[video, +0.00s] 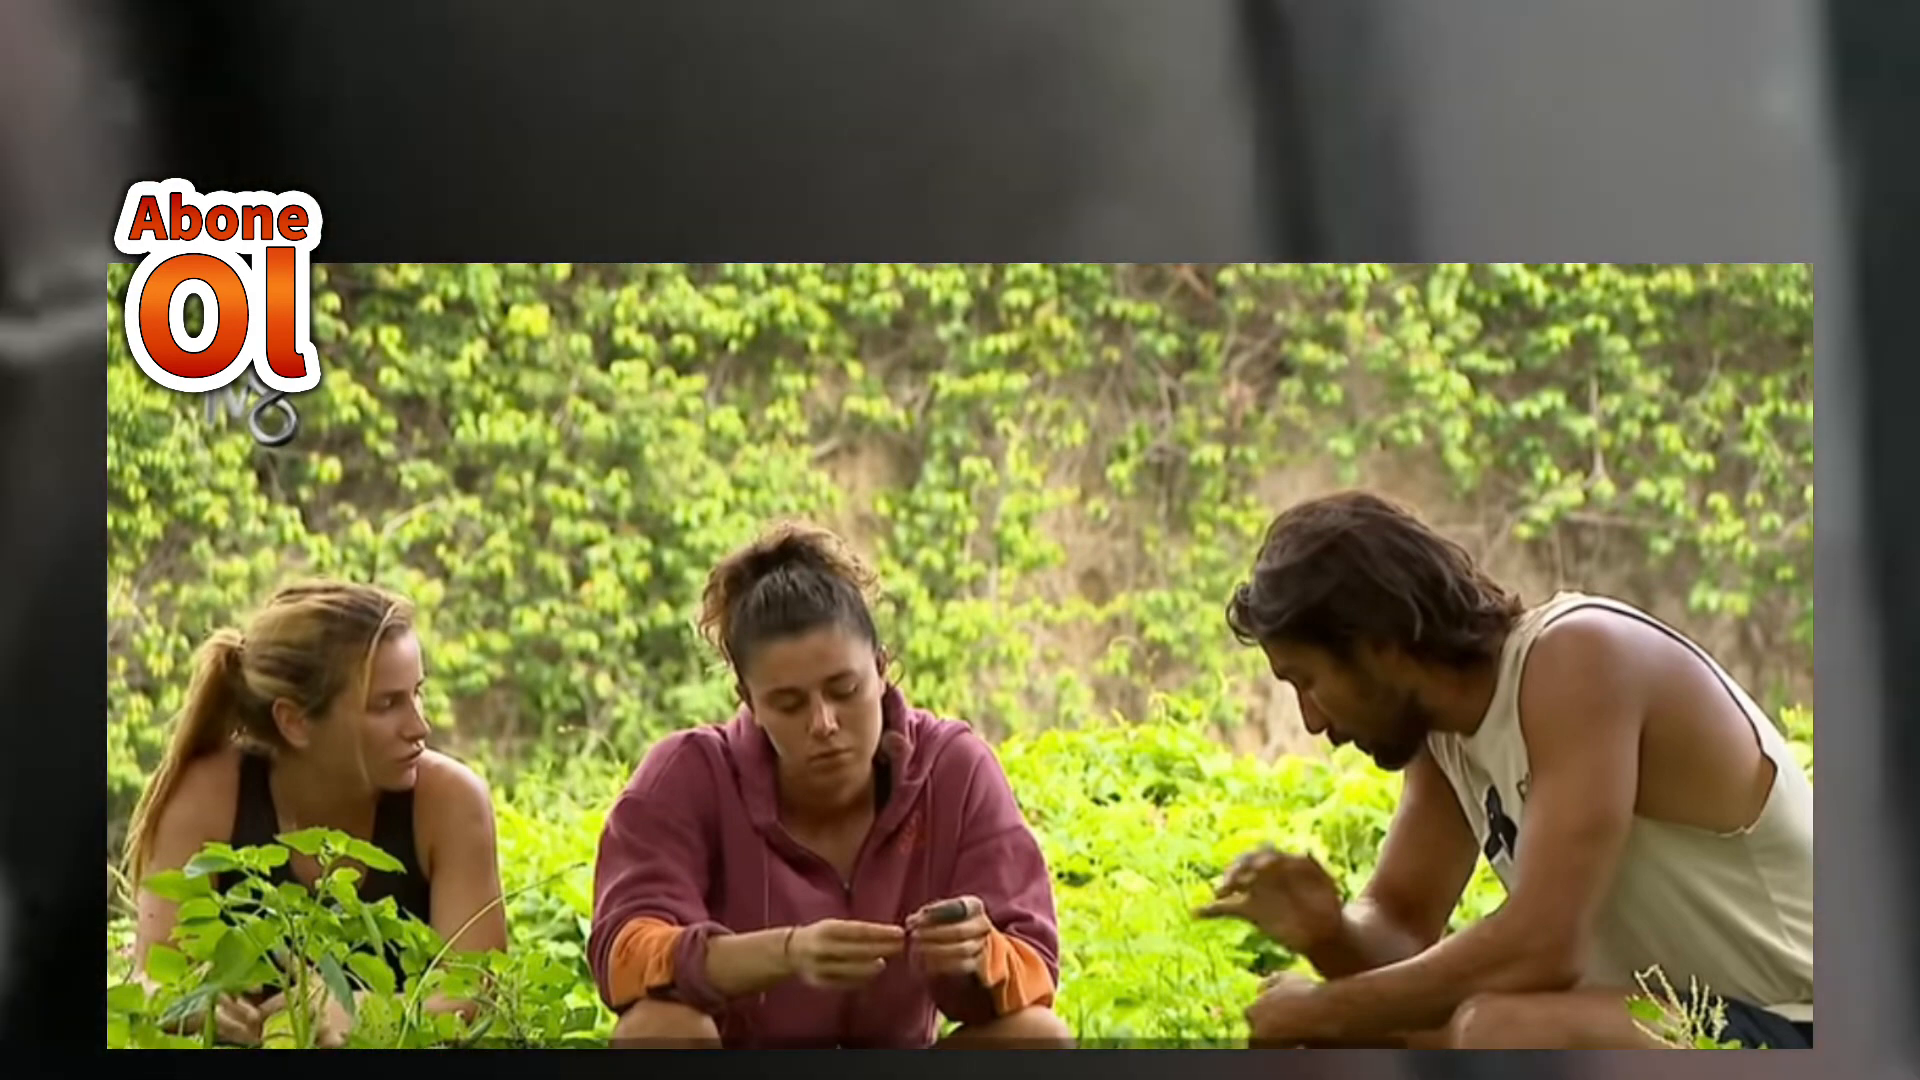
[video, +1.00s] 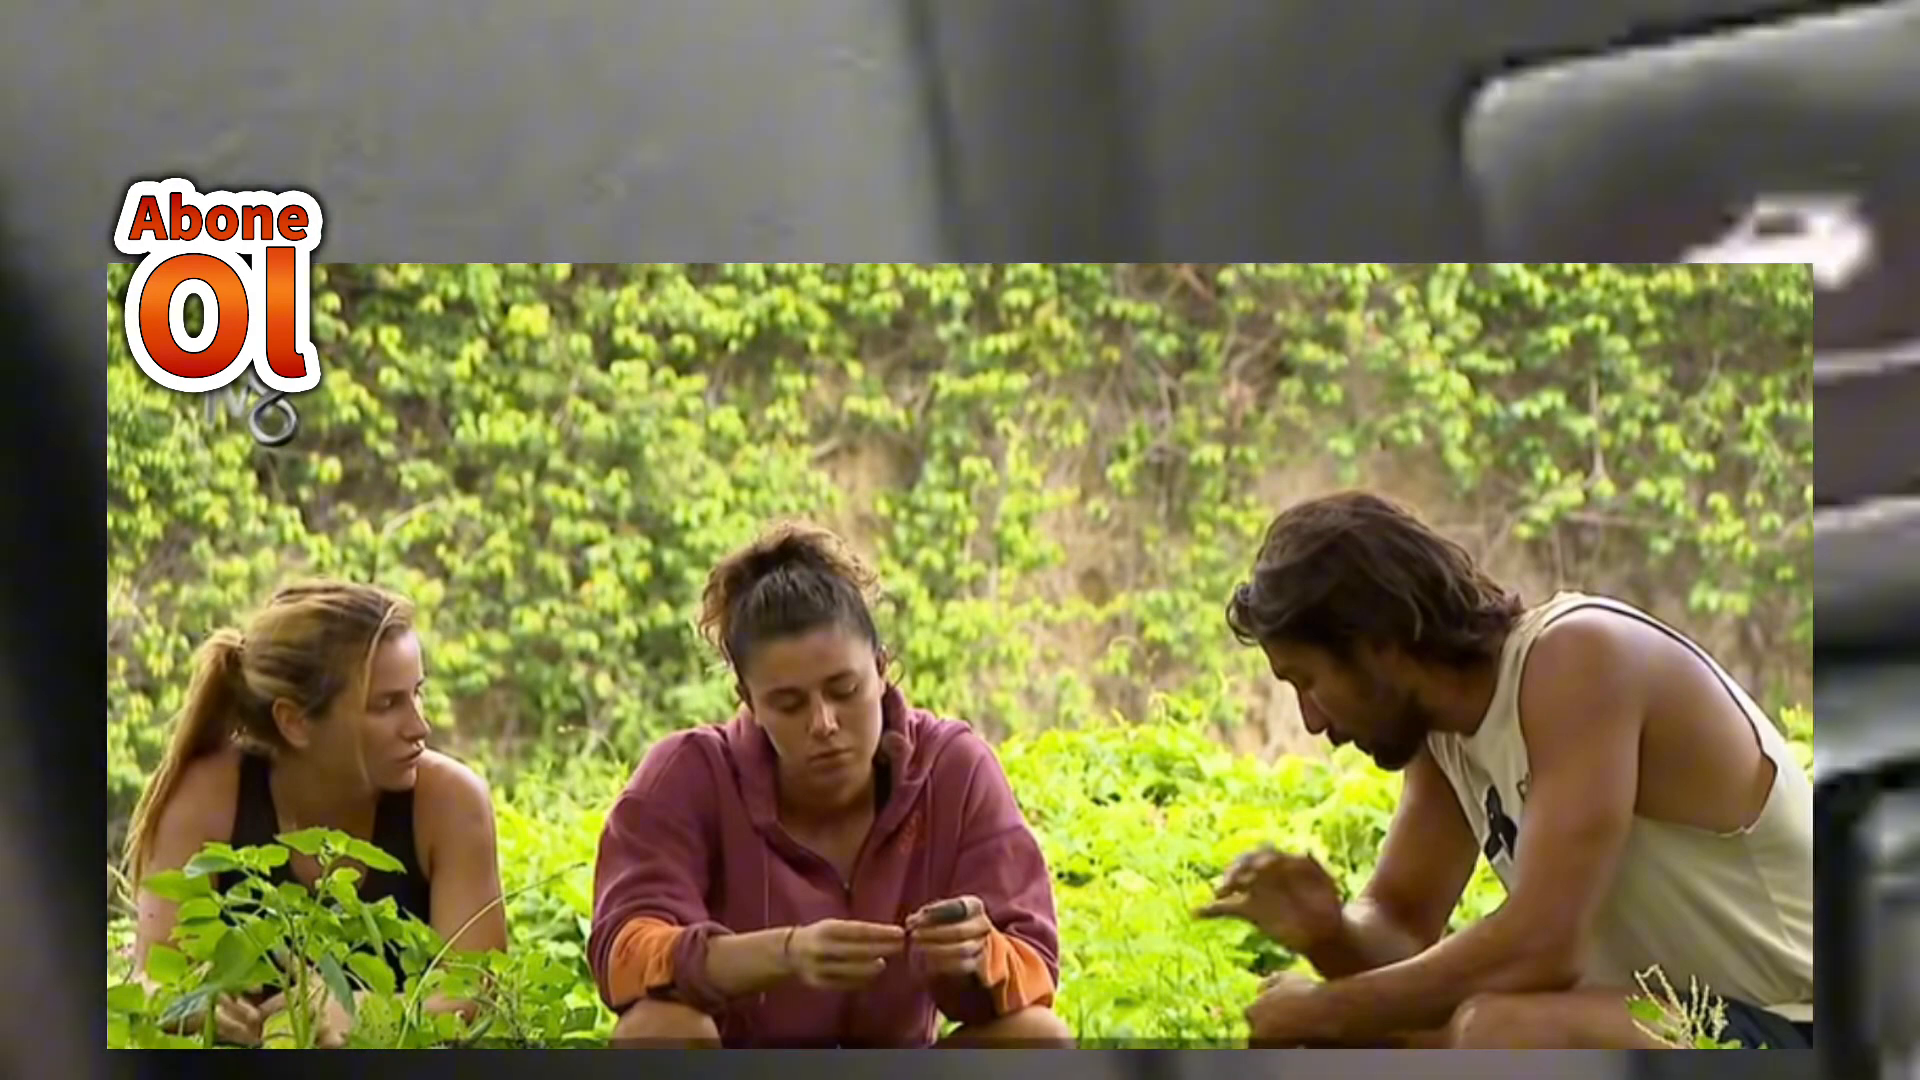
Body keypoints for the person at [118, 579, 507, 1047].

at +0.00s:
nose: (420, 725)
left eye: (417, 695)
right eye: (388, 705)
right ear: (295, 723)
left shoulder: (451, 800)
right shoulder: (205, 792)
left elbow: (470, 1003)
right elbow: (153, 984)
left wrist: (354, 1013)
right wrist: (200, 1009)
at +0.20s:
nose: (420, 725)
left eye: (417, 695)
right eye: (388, 704)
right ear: (295, 723)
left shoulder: (451, 799)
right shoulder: (206, 791)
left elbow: (471, 1001)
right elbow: (152, 982)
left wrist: (355, 1013)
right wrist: (197, 1008)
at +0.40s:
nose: (420, 725)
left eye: (417, 695)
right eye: (388, 705)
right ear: (295, 723)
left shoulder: (451, 799)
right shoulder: (206, 792)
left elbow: (471, 1001)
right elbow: (153, 982)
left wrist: (354, 1013)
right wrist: (200, 1009)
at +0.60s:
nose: (420, 725)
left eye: (417, 695)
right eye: (388, 705)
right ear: (295, 722)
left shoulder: (451, 799)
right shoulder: (205, 792)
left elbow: (470, 1001)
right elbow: (153, 984)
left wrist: (354, 1013)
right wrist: (199, 1009)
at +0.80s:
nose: (420, 725)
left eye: (417, 695)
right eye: (388, 705)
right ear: (295, 723)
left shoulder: (451, 799)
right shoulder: (206, 791)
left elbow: (471, 1001)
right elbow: (152, 983)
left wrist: (355, 1012)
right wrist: (197, 1008)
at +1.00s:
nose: (420, 725)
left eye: (417, 695)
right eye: (388, 705)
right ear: (295, 723)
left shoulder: (451, 799)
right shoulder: (205, 792)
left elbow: (470, 1002)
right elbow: (153, 984)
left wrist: (354, 1013)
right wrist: (198, 1008)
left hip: (384, 1069)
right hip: (237, 1066)